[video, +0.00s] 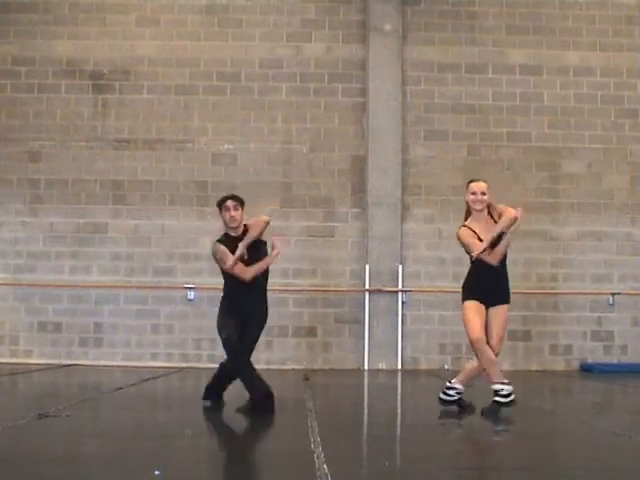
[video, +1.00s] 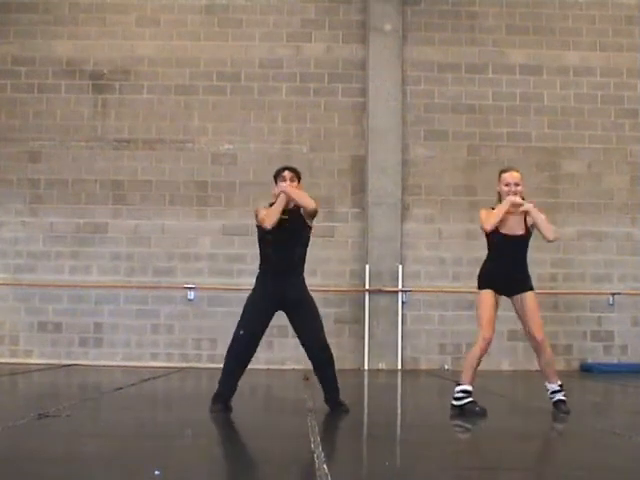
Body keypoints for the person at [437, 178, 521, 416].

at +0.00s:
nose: (478, 198)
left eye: (483, 194)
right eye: (473, 194)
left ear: (489, 197)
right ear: (466, 198)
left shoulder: (500, 212)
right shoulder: (466, 232)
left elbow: (512, 215)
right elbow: (493, 259)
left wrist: (488, 242)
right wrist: (507, 231)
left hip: (499, 286)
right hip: (475, 287)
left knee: (493, 349)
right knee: (475, 339)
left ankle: (453, 387)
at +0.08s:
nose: (480, 194)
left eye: (484, 189)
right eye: (475, 190)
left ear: (490, 192)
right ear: (467, 193)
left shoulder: (500, 210)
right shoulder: (466, 226)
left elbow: (517, 208)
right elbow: (484, 250)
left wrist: (490, 229)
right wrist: (506, 225)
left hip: (503, 285)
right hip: (478, 285)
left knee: (497, 349)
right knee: (478, 338)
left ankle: (459, 382)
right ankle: (501, 387)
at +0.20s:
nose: (491, 178)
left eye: (493, 173)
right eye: (485, 175)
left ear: (500, 179)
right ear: (479, 181)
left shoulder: (508, 201)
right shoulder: (474, 206)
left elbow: (533, 172)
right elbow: (455, 195)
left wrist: (506, 170)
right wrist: (483, 181)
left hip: (505, 274)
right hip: (479, 274)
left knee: (518, 337)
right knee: (485, 331)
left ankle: (489, 375)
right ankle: (496, 383)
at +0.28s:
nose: (496, 172)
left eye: (500, 168)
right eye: (491, 169)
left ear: (506, 173)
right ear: (483, 174)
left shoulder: (513, 195)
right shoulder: (476, 196)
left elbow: (533, 163)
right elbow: (449, 171)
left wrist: (538, 132)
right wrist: (453, 142)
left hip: (508, 270)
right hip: (481, 269)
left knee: (525, 330)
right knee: (489, 327)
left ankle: (526, 385)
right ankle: (477, 383)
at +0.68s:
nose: (513, 178)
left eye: (518, 174)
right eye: (509, 173)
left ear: (524, 178)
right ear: (501, 177)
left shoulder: (531, 201)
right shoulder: (491, 199)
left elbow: (551, 172)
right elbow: (471, 169)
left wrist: (552, 142)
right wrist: (478, 136)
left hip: (521, 275)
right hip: (491, 274)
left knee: (537, 334)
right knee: (480, 335)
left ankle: (554, 390)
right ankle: (461, 392)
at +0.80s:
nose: (514, 187)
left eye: (519, 183)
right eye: (509, 183)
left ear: (525, 187)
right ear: (501, 186)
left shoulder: (531, 211)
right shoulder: (493, 210)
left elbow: (550, 203)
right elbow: (477, 195)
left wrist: (522, 219)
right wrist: (502, 217)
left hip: (521, 278)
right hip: (492, 277)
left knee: (535, 342)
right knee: (491, 338)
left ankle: (556, 392)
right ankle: (462, 394)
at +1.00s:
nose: (512, 189)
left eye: (517, 185)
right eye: (507, 185)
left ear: (523, 188)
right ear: (498, 188)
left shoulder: (529, 214)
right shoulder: (488, 212)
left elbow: (550, 235)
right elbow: (489, 225)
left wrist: (532, 210)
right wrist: (507, 203)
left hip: (519, 279)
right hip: (490, 278)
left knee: (538, 338)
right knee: (485, 338)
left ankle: (556, 391)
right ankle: (462, 393)